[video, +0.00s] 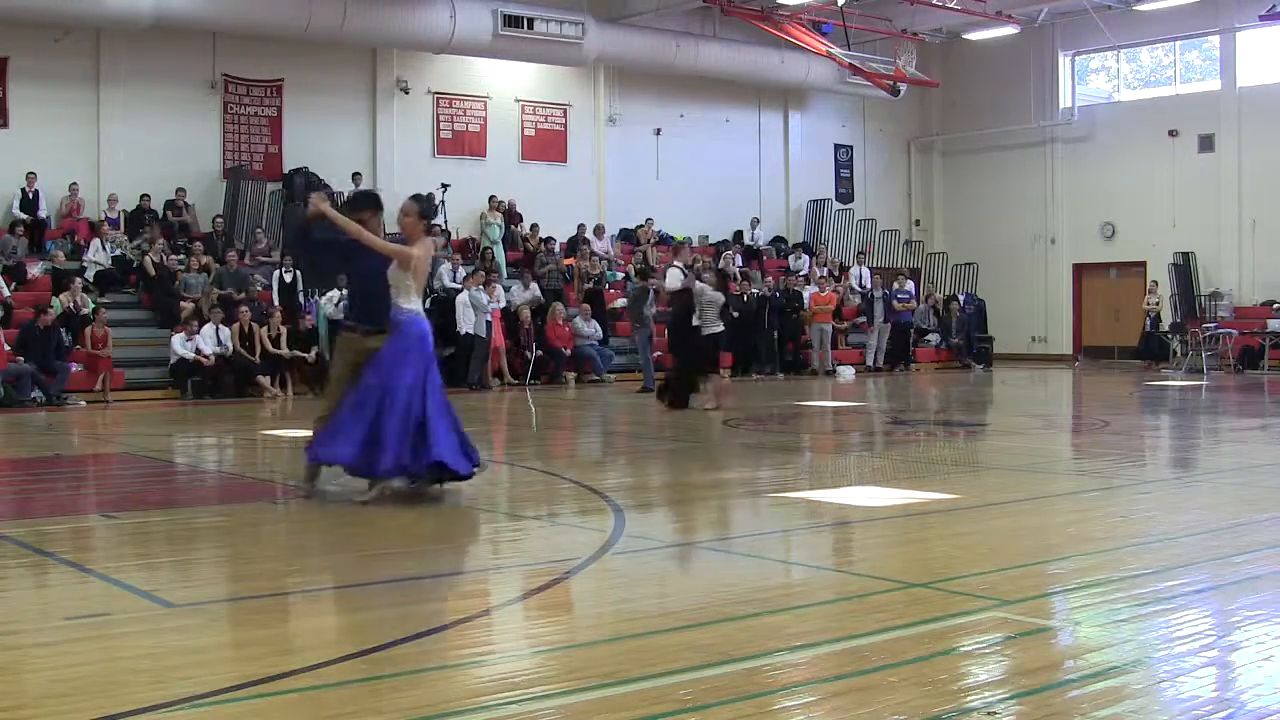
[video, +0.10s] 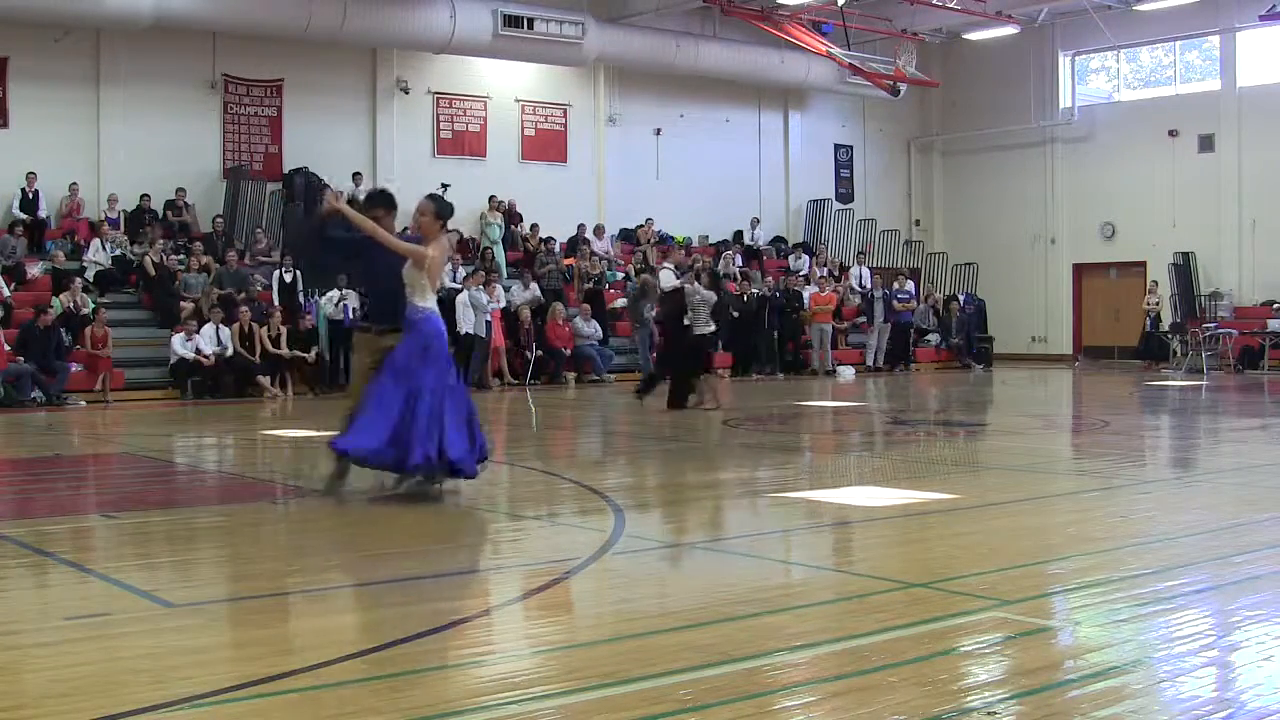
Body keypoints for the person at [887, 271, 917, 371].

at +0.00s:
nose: (900, 281)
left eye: (902, 279)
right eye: (898, 279)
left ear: (906, 281)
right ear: (896, 281)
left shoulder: (910, 293)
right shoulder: (894, 293)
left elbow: (914, 305)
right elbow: (896, 307)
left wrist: (901, 305)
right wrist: (908, 306)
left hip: (907, 321)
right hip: (897, 321)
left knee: (906, 343)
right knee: (896, 343)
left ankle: (906, 363)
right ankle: (896, 364)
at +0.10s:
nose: (900, 281)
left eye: (902, 279)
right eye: (898, 279)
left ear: (906, 281)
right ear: (896, 281)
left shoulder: (910, 293)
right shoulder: (894, 293)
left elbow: (914, 305)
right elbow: (896, 307)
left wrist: (901, 305)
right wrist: (908, 306)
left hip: (907, 321)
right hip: (897, 321)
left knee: (906, 343)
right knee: (896, 343)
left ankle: (906, 363)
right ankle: (896, 364)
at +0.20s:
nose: (900, 281)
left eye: (902, 279)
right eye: (898, 280)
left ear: (906, 281)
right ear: (896, 281)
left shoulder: (910, 293)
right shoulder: (894, 293)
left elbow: (914, 305)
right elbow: (896, 307)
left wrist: (902, 305)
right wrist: (908, 306)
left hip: (907, 321)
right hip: (897, 321)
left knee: (906, 343)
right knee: (896, 343)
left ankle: (906, 363)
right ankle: (896, 364)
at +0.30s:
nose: (901, 281)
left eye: (903, 279)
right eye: (899, 279)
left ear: (906, 281)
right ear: (897, 281)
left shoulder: (910, 293)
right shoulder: (894, 293)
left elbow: (914, 306)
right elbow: (896, 307)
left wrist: (902, 305)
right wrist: (909, 306)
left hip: (908, 321)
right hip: (897, 321)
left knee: (906, 343)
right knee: (897, 343)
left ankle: (907, 363)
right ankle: (896, 365)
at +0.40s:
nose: (901, 281)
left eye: (903, 279)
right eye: (899, 279)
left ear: (906, 281)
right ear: (897, 281)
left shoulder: (910, 293)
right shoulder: (894, 293)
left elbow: (914, 305)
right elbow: (896, 307)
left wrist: (902, 305)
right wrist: (909, 306)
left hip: (908, 321)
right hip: (898, 321)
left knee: (906, 343)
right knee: (897, 344)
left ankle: (907, 363)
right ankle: (896, 365)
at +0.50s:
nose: (901, 281)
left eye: (903, 279)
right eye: (899, 279)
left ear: (906, 281)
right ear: (897, 281)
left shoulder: (911, 293)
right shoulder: (894, 293)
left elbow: (914, 305)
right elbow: (896, 307)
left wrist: (902, 305)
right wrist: (909, 306)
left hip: (908, 321)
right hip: (897, 321)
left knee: (906, 343)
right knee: (897, 344)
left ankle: (907, 363)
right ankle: (896, 364)